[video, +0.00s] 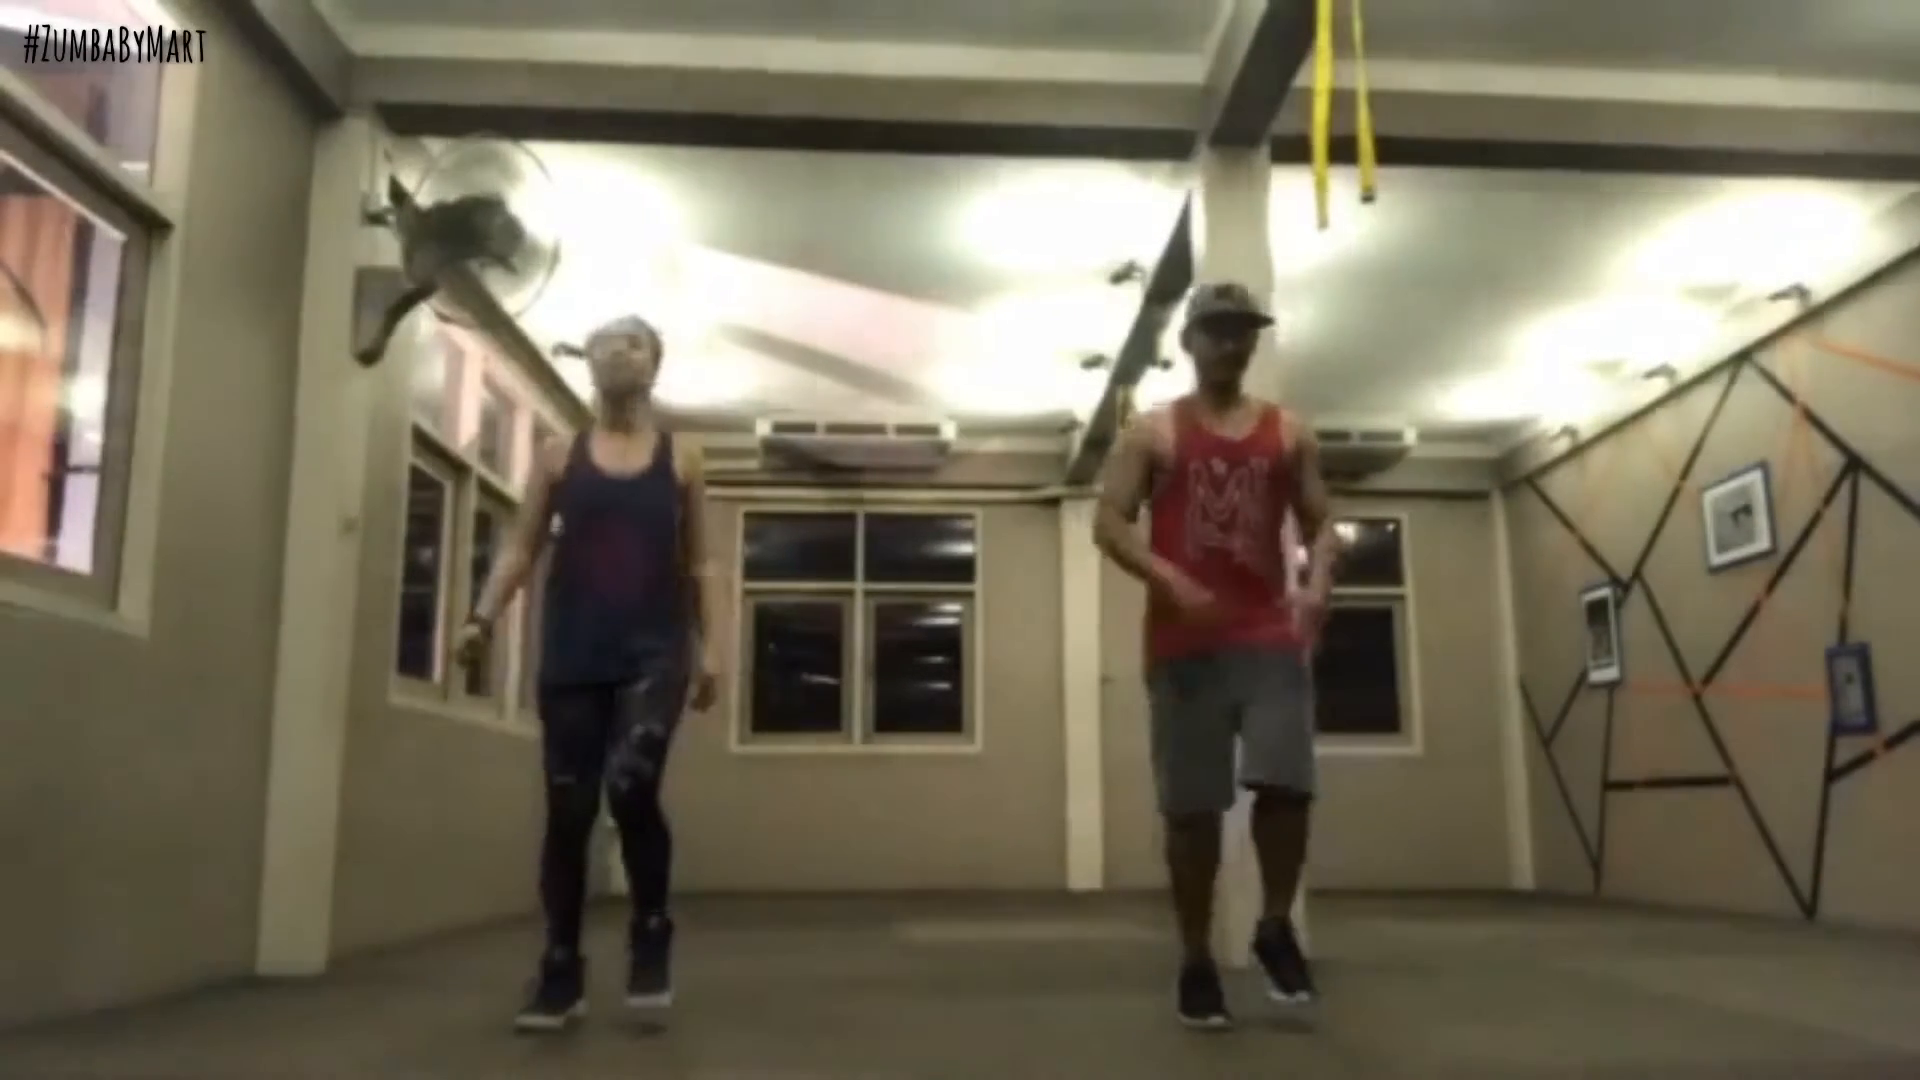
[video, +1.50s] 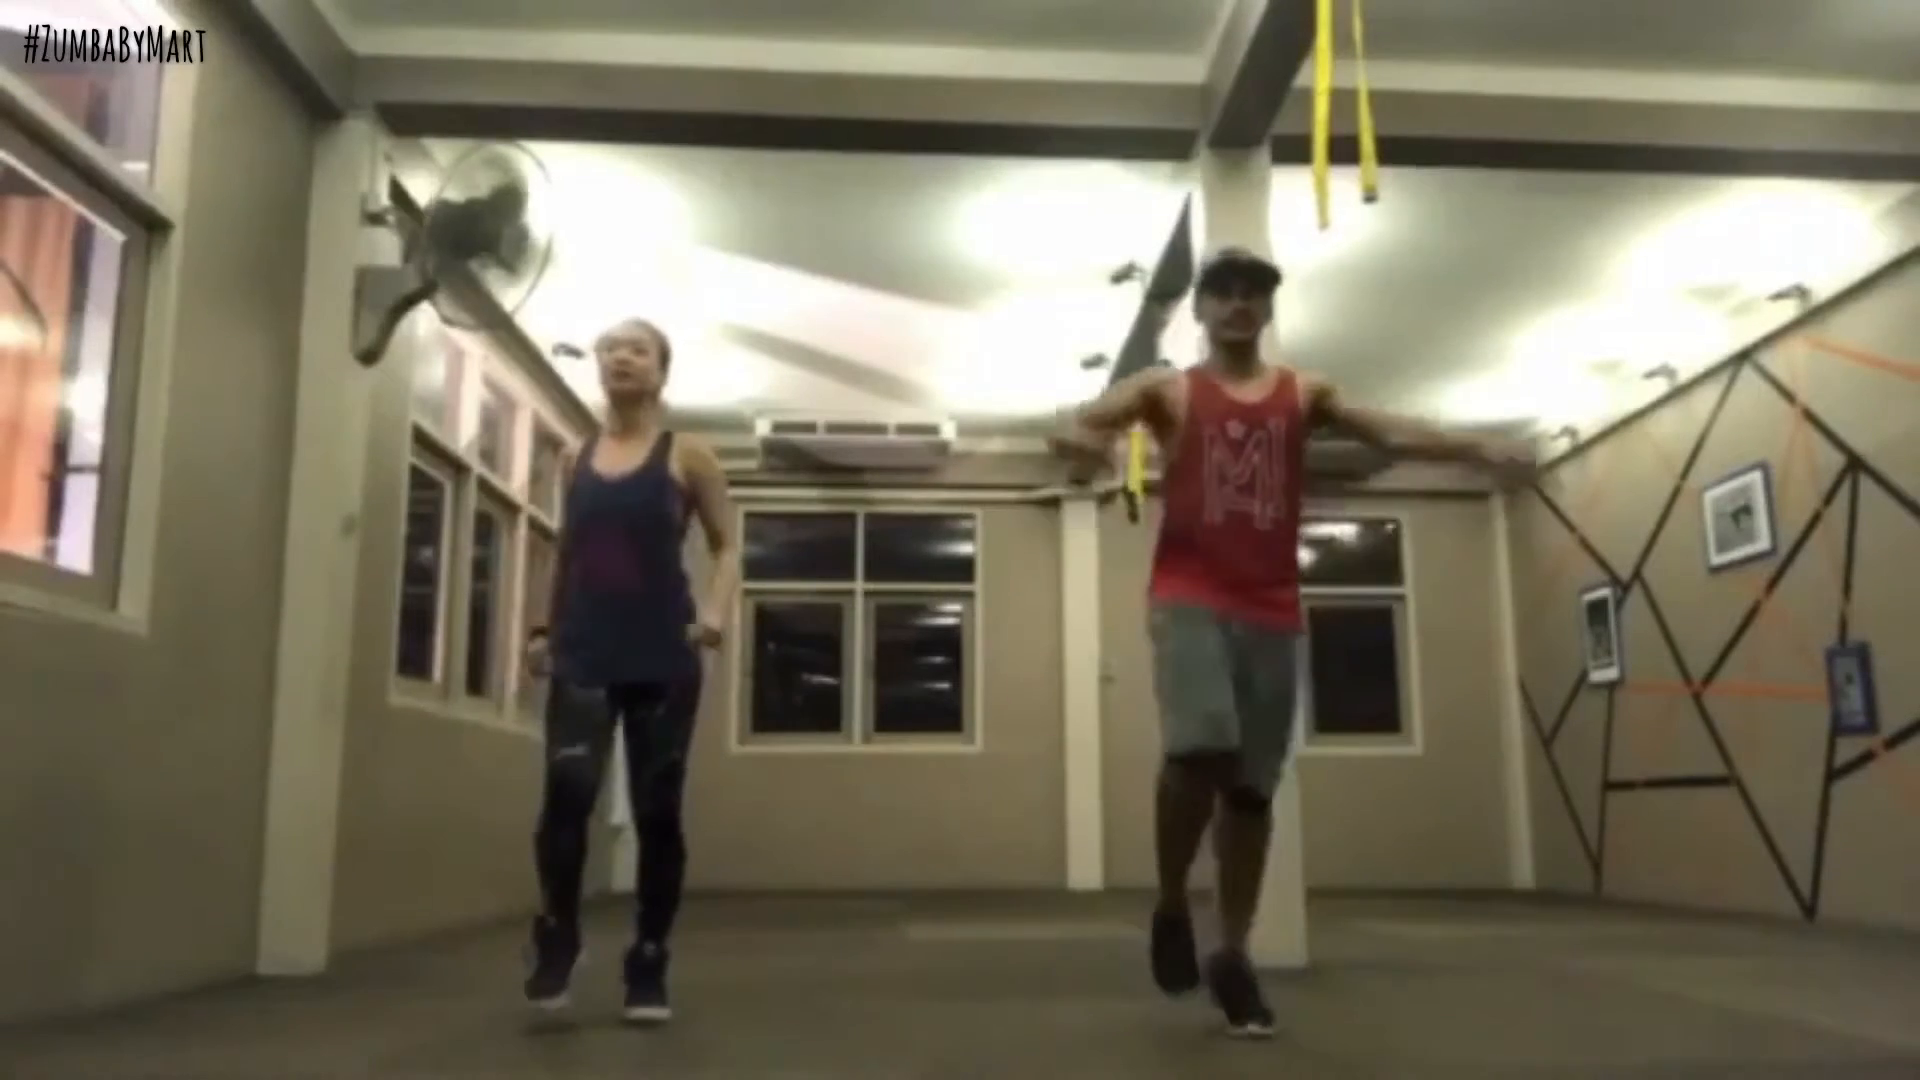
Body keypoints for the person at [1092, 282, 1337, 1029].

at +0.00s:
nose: (1227, 343)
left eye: (1240, 331)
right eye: (1214, 330)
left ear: (1257, 341)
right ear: (1188, 339)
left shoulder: (1289, 434)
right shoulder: (1153, 431)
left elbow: (1321, 526)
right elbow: (1109, 524)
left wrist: (1315, 587)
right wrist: (1169, 579)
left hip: (1270, 638)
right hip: (1186, 643)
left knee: (1287, 788)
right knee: (1193, 809)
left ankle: (1276, 928)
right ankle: (1197, 963)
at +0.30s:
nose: (1231, 328)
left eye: (1246, 318)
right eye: (1218, 315)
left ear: (1265, 335)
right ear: (1195, 329)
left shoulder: (1298, 429)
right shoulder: (1161, 432)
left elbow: (1346, 516)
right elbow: (1146, 535)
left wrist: (1354, 606)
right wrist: (1238, 576)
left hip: (1274, 649)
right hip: (1188, 653)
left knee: (1277, 815)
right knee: (1193, 816)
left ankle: (1282, 969)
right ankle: (1197, 967)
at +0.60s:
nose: (1238, 320)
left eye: (1252, 309)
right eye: (1224, 308)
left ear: (1272, 324)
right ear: (1202, 324)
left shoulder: (1305, 419)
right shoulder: (1168, 419)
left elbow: (1340, 508)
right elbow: (1108, 505)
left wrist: (1339, 528)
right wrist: (1156, 575)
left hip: (1288, 623)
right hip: (1213, 624)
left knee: (1286, 797)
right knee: (1227, 784)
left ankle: (1284, 963)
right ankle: (1198, 924)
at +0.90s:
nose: (1223, 326)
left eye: (1238, 315)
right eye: (1209, 314)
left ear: (1257, 331)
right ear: (1186, 329)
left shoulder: (1287, 429)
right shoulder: (1151, 421)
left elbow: (1326, 516)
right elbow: (1081, 497)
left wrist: (1323, 550)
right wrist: (1155, 542)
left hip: (1272, 640)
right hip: (1183, 648)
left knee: (1291, 793)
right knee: (1189, 812)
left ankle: (1287, 946)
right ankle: (1191, 966)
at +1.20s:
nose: (1220, 332)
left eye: (1234, 321)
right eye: (1206, 319)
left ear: (1252, 336)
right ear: (1182, 333)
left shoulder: (1284, 432)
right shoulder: (1147, 428)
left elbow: (1320, 526)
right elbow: (1121, 529)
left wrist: (1343, 603)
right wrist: (1202, 525)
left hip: (1253, 643)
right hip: (1168, 644)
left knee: (1246, 811)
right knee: (1177, 814)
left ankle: (1253, 969)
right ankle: (1186, 967)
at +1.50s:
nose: (1238, 308)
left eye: (1252, 295)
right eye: (1223, 295)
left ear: (1271, 307)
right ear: (1199, 308)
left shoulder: (1302, 393)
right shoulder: (1166, 388)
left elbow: (1398, 434)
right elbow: (1068, 424)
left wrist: (1488, 452)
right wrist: (1086, 441)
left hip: (1270, 603)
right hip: (1189, 591)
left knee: (1251, 787)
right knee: (1202, 746)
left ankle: (1232, 952)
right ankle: (1171, 909)